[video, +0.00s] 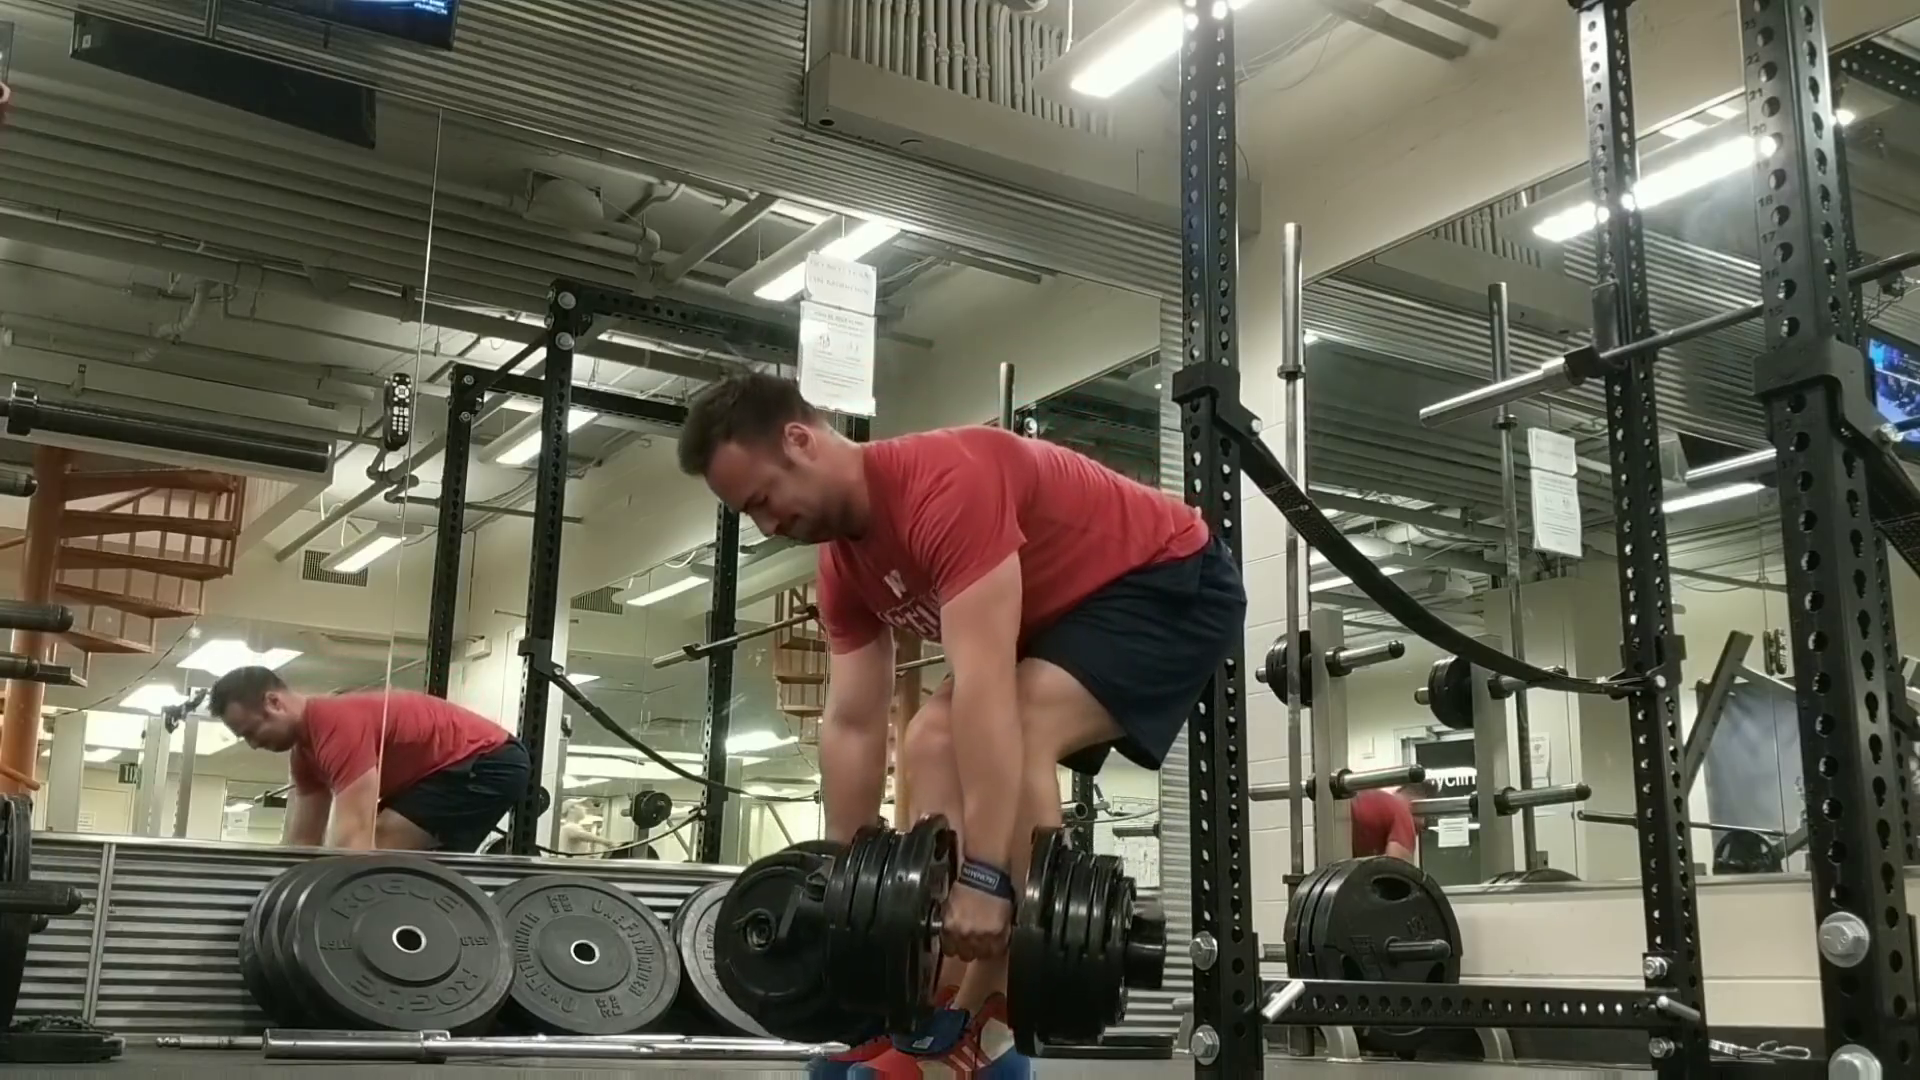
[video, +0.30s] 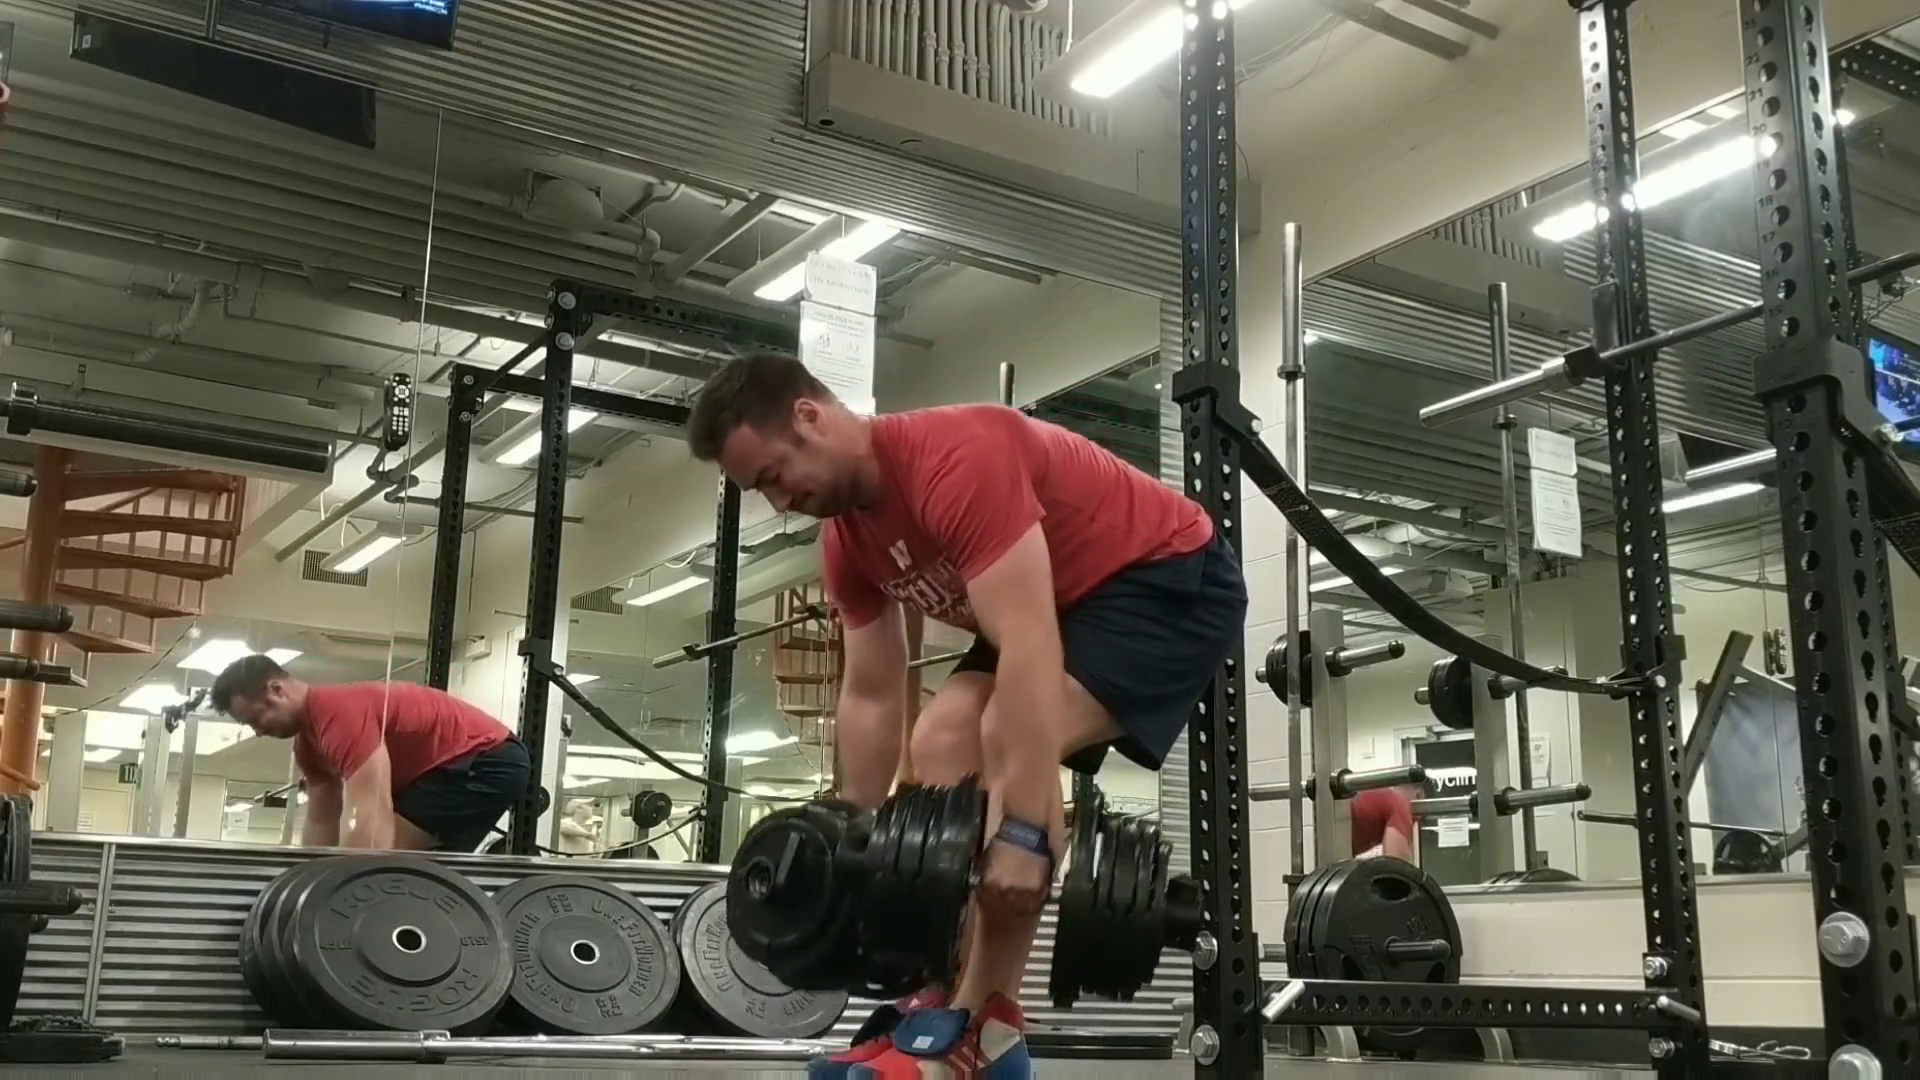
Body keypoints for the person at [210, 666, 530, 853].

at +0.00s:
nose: (252, 744)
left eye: (250, 731)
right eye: (244, 737)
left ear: (275, 702)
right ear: (274, 704)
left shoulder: (340, 723)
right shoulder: (306, 751)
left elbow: (354, 839)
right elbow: (301, 841)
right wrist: (277, 913)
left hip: (489, 762)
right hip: (456, 771)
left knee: (380, 843)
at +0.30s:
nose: (257, 731)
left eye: (255, 718)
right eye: (249, 725)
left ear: (278, 690)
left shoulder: (339, 713)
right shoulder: (309, 741)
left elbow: (372, 819)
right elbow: (321, 824)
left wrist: (341, 907)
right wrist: (300, 897)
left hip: (487, 760)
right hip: (455, 769)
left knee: (385, 853)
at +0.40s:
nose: (267, 722)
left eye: (264, 710)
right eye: (259, 717)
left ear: (283, 678)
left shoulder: (343, 700)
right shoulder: (314, 728)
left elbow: (388, 798)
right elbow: (334, 801)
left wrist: (367, 888)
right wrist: (317, 875)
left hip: (486, 759)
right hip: (454, 767)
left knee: (393, 861)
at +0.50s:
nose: (273, 714)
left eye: (268, 702)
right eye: (264, 708)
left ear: (286, 670)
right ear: (288, 671)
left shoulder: (349, 686)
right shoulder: (321, 714)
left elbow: (407, 773)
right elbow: (348, 784)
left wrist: (377, 867)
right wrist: (331, 852)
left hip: (488, 758)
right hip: (455, 764)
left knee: (401, 856)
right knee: (400, 860)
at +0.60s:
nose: (288, 706)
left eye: (282, 695)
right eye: (278, 701)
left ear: (293, 661)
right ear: (293, 662)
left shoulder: (357, 674)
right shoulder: (327, 699)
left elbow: (424, 750)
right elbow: (362, 768)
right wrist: (349, 836)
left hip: (490, 755)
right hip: (453, 759)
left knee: (422, 854)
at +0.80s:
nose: (307, 701)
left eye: (298, 694)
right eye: (297, 699)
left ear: (302, 659)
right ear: (302, 656)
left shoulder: (365, 661)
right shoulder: (341, 679)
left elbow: (447, 717)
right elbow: (385, 738)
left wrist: (427, 806)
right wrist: (370, 798)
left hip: (489, 757)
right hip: (453, 760)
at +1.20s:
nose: (290, 714)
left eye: (281, 707)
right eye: (280, 712)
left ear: (288, 674)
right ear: (290, 673)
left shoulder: (354, 678)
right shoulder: (331, 702)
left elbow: (423, 749)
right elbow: (367, 770)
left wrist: (405, 835)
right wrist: (346, 830)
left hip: (490, 755)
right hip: (453, 760)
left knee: (423, 862)